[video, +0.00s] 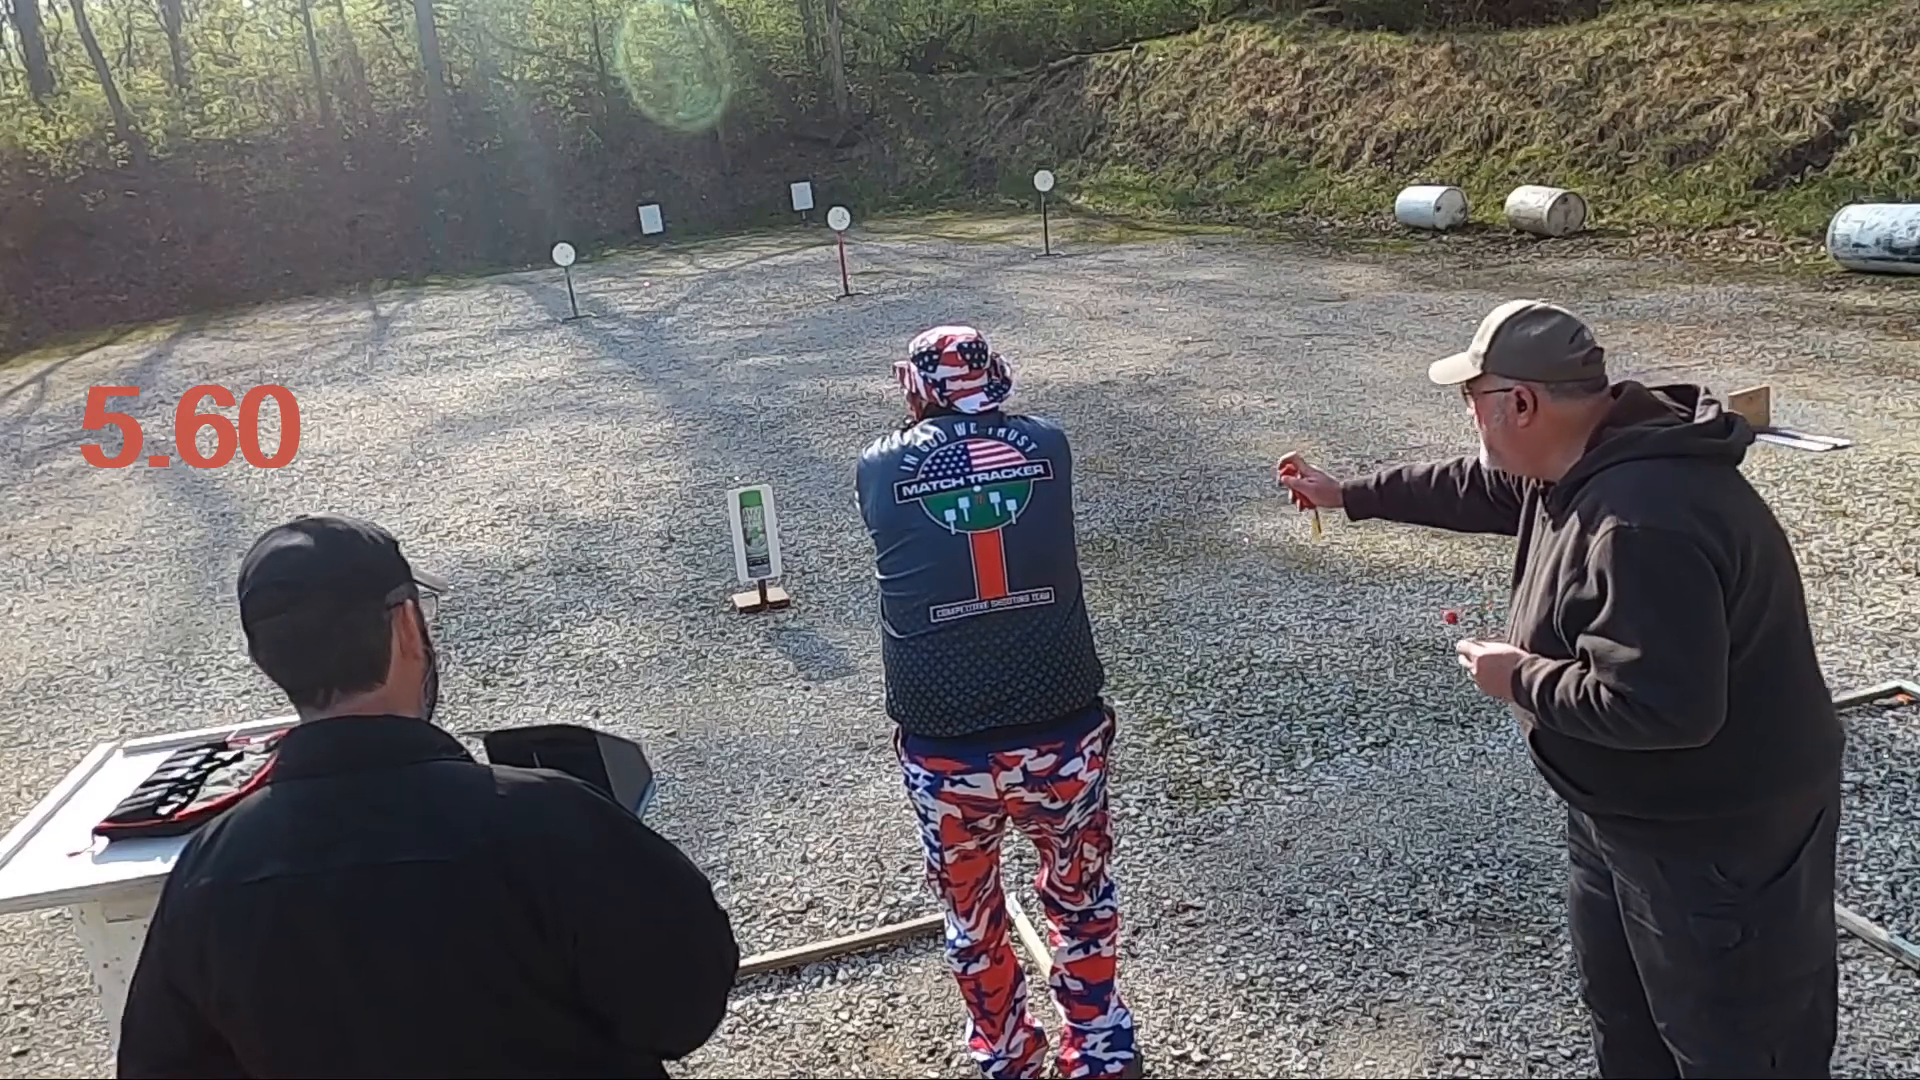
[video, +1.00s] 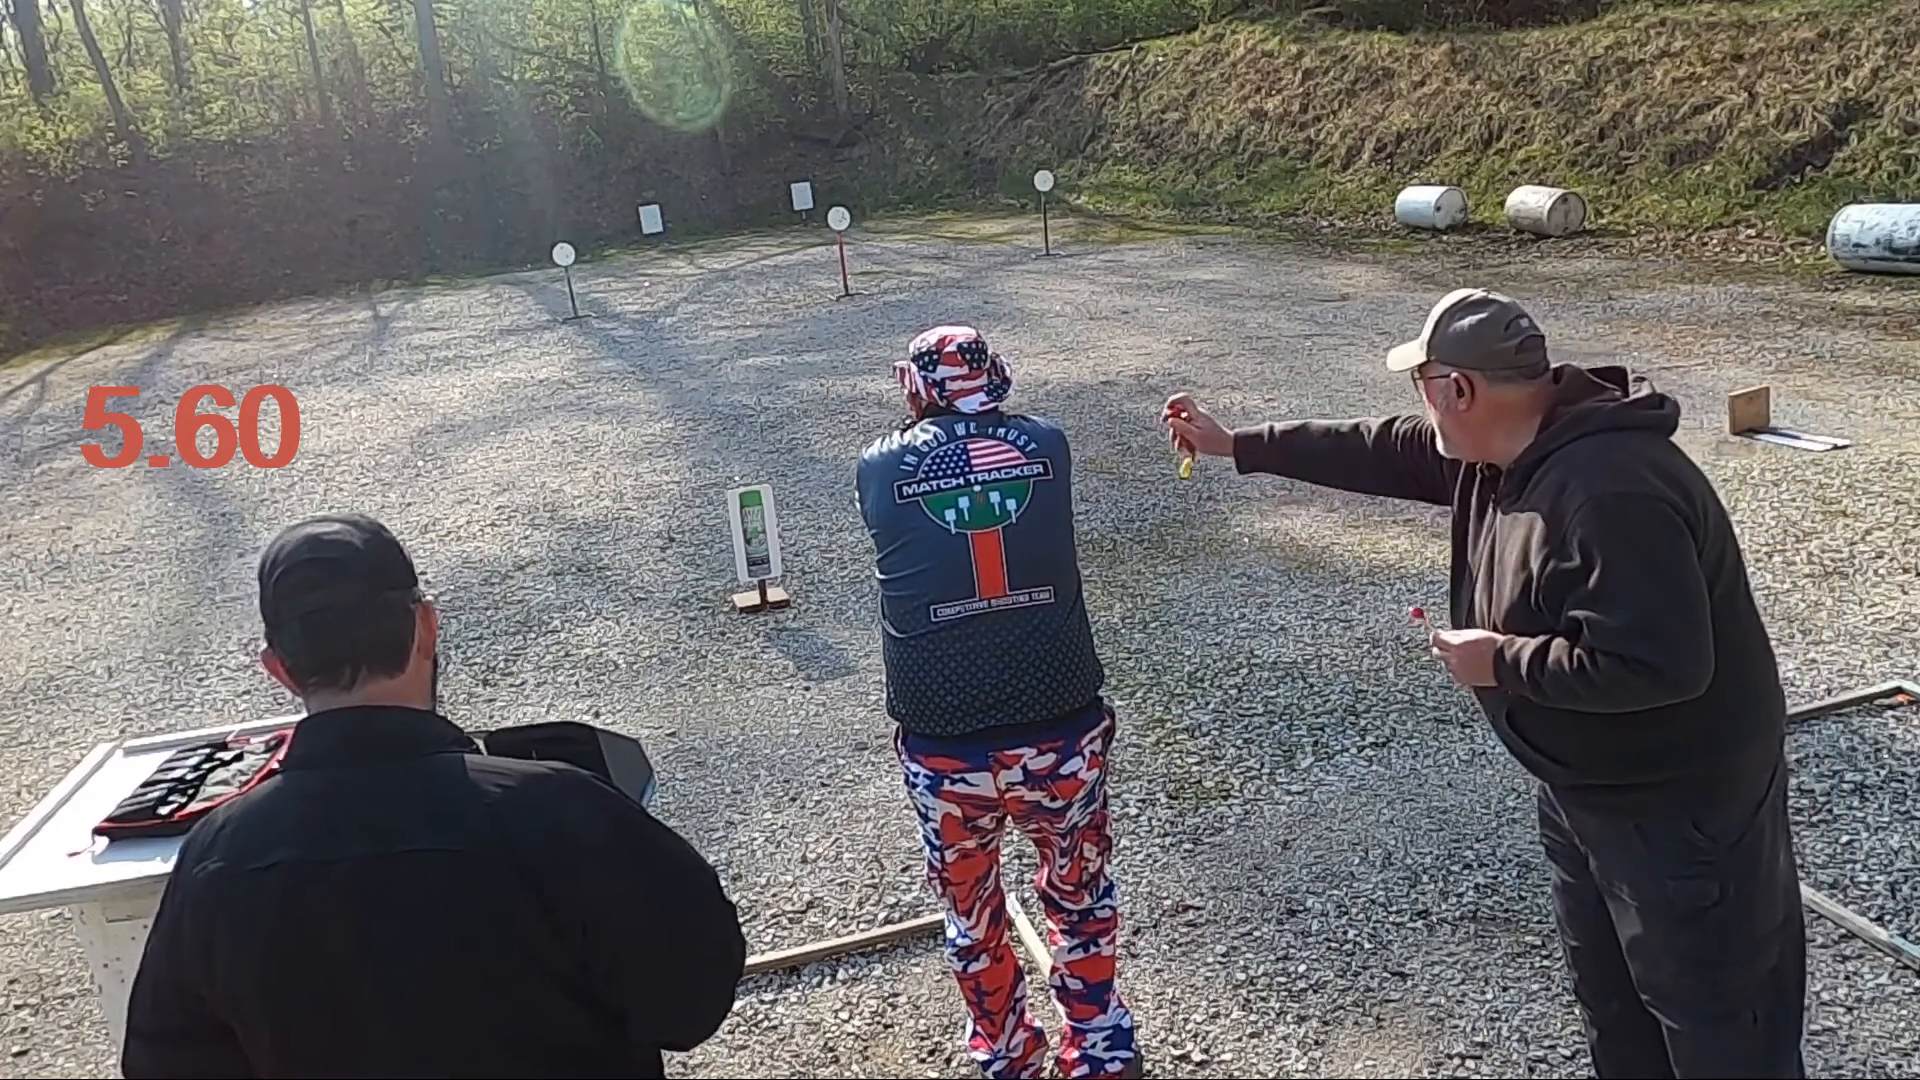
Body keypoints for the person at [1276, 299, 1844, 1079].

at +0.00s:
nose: (1472, 417)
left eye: (1475, 398)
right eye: (1469, 399)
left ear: (1521, 405)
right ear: (1531, 400)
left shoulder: (1640, 523)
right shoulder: (1569, 468)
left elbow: (1669, 708)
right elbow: (1469, 487)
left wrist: (1520, 678)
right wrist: (1344, 493)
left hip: (1714, 842)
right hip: (1620, 816)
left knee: (1736, 1055)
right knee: (1630, 1032)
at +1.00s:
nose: (1422, 404)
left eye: (1424, 388)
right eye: (1422, 388)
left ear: (1462, 391)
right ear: (1484, 387)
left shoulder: (1612, 492)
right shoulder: (1502, 454)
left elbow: (1664, 666)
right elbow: (1381, 451)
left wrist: (1503, 660)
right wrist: (1233, 444)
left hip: (1687, 812)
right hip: (1589, 796)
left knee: (1723, 1042)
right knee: (1622, 1027)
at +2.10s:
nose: (1457, 408)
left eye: (1455, 391)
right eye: (1453, 392)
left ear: (1483, 397)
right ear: (1549, 375)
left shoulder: (1629, 491)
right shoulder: (1558, 466)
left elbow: (1682, 658)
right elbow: (1496, 529)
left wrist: (1527, 659)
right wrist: (1365, 520)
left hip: (1725, 815)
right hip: (1621, 800)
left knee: (1784, 1050)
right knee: (1638, 1036)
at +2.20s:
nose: (1478, 412)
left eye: (1476, 395)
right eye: (1475, 395)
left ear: (1504, 400)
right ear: (1577, 374)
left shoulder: (1638, 498)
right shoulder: (1589, 463)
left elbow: (1693, 674)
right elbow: (1550, 553)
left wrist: (1538, 665)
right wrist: (1431, 551)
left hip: (1742, 826)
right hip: (1637, 807)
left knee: (1801, 1051)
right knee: (1642, 1034)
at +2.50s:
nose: (1561, 431)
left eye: (1559, 414)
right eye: (1558, 414)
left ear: (1593, 417)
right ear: (1669, 389)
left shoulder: (1730, 526)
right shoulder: (1685, 480)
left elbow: (1773, 716)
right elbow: (1676, 595)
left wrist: (1612, 696)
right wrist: (1567, 586)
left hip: (1812, 870)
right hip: (1701, 841)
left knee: (1841, 1064)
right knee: (1671, 1054)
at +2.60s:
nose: (1586, 427)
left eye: (1585, 411)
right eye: (1582, 412)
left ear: (1622, 417)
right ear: (1698, 392)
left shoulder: (1760, 528)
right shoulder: (1706, 486)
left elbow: (1807, 721)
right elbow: (1697, 594)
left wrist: (1639, 699)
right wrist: (1585, 589)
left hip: (1833, 876)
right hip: (1722, 852)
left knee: (1848, 1064)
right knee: (1684, 1057)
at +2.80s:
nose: (1642, 430)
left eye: (1642, 412)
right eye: (1640, 412)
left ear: (1678, 418)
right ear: (1760, 393)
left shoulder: (1820, 537)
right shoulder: (1763, 491)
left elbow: (1859, 731)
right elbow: (1739, 600)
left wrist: (1685, 701)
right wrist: (1623, 594)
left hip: (1853, 885)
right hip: (1760, 857)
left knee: (1861, 1064)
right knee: (1710, 1057)